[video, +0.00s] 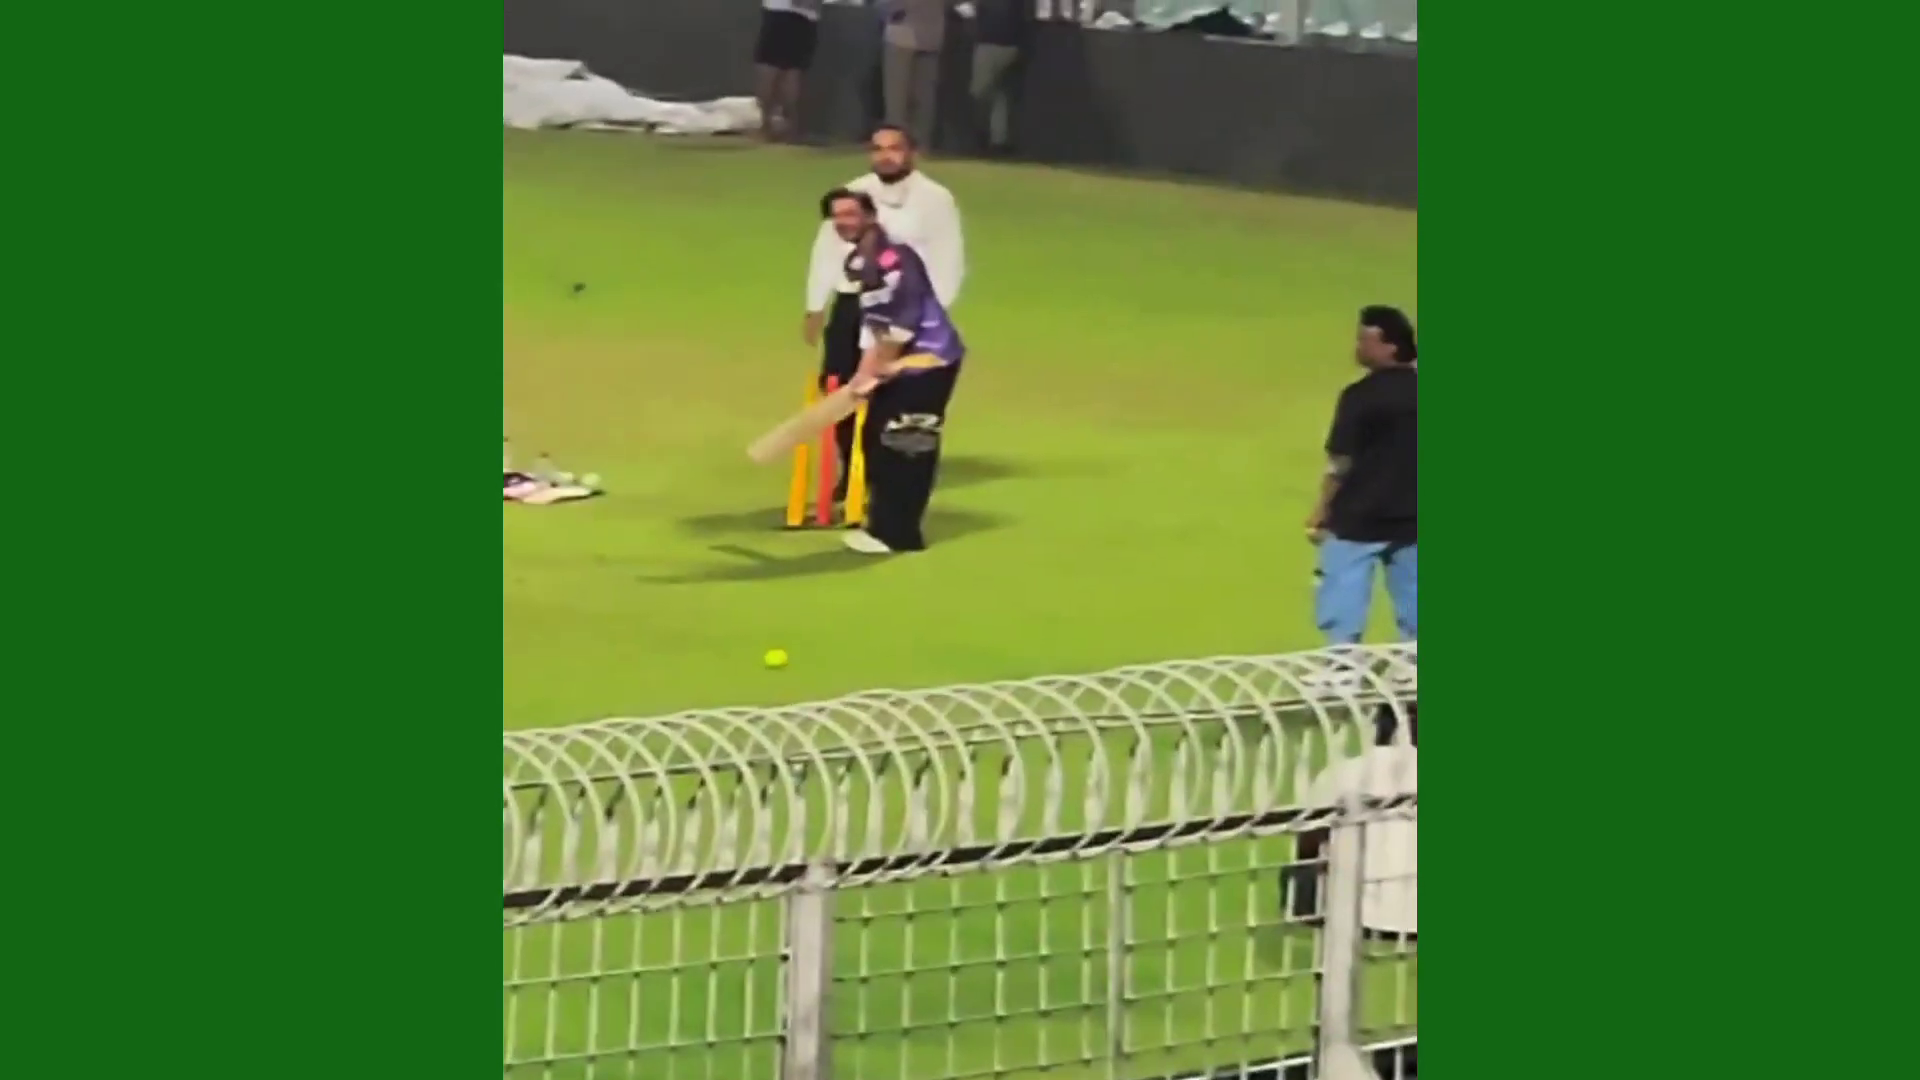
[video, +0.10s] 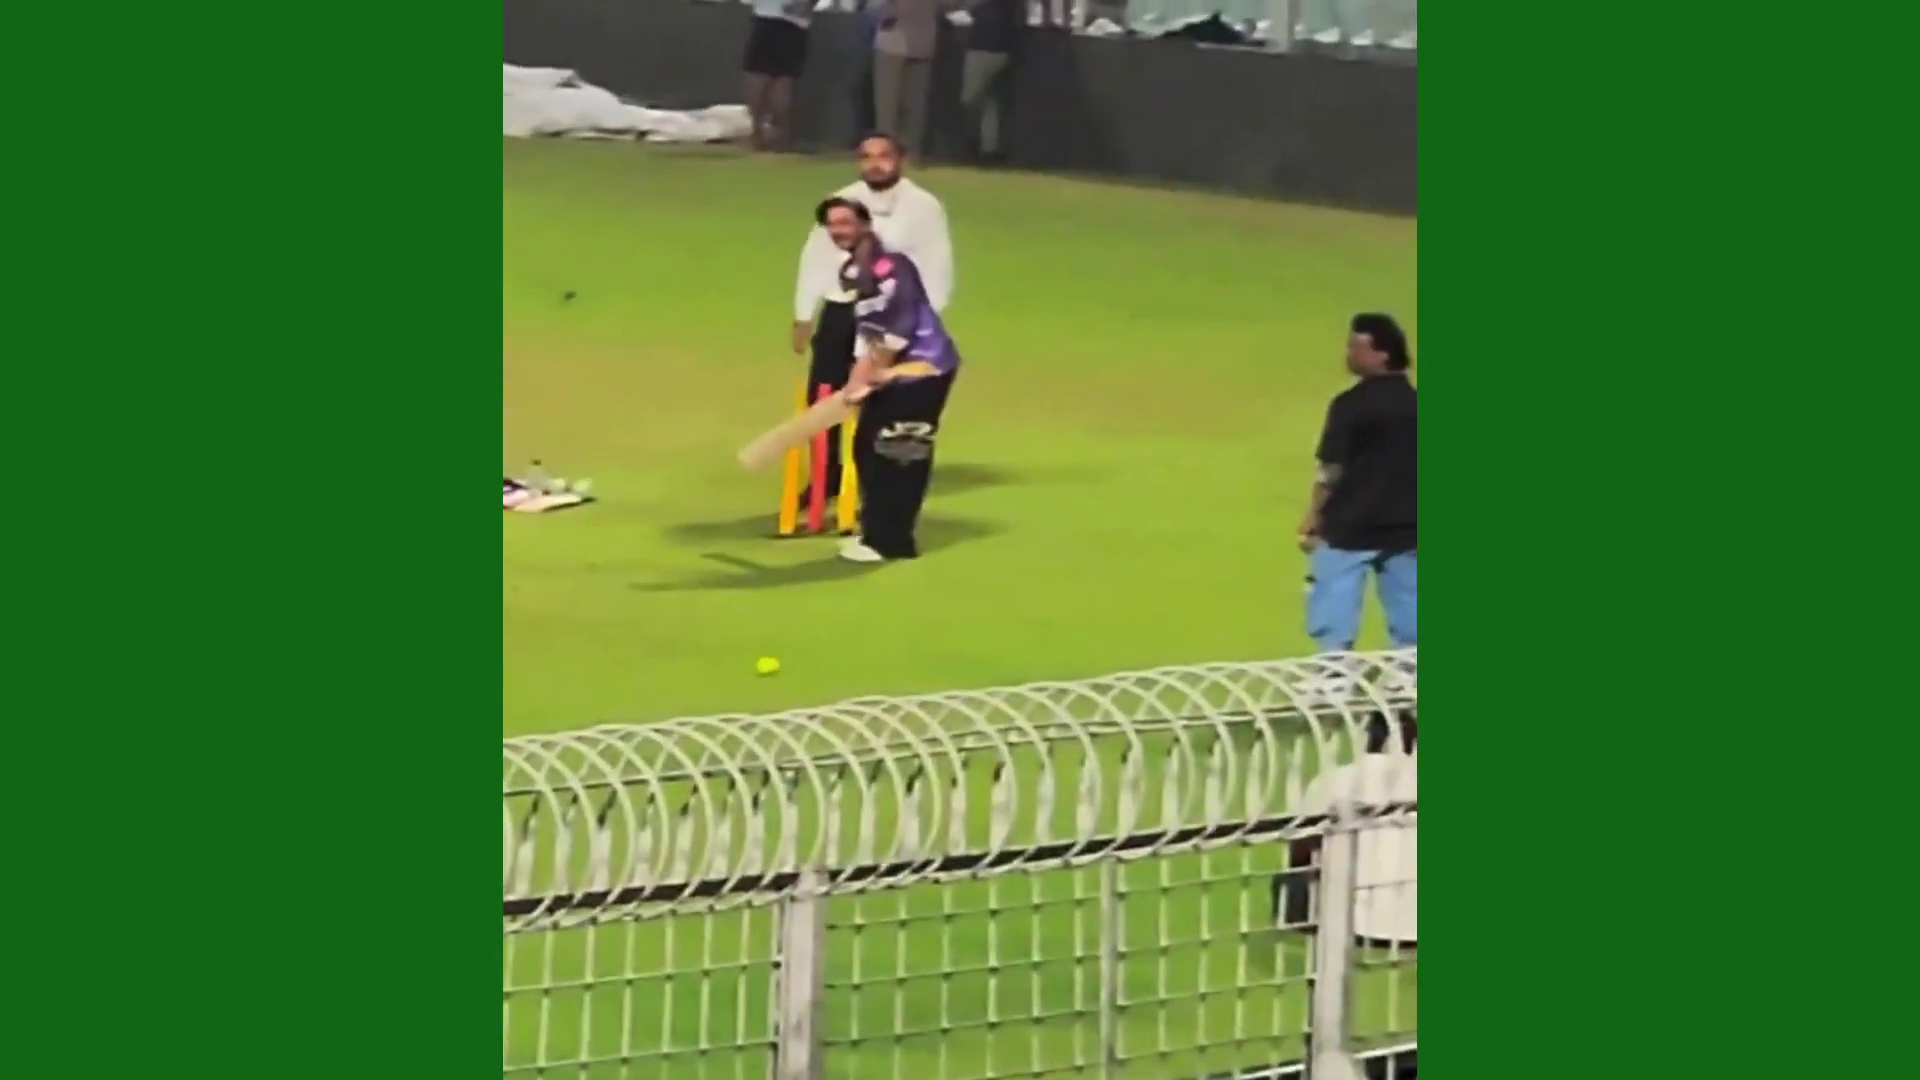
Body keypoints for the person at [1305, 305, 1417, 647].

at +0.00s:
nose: (1358, 345)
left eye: (1365, 338)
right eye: (1360, 337)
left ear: (1389, 346)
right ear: (1395, 347)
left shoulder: (1359, 396)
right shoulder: (1418, 388)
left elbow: (1340, 465)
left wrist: (1321, 512)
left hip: (1358, 519)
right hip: (1410, 518)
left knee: (1341, 619)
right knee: (1416, 618)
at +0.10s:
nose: (1348, 353)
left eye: (1355, 346)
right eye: (1350, 345)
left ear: (1381, 353)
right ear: (1387, 354)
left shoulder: (1349, 405)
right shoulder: (1412, 400)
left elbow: (1329, 472)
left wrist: (1312, 519)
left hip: (1349, 526)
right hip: (1406, 525)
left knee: (1334, 609)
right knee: (1409, 614)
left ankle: (1333, 678)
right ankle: (1413, 683)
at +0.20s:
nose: (1336, 359)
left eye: (1343, 351)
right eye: (1338, 350)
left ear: (1368, 360)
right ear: (1373, 360)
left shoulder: (1337, 410)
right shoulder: (1409, 412)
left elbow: (1317, 480)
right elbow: (1413, 478)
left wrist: (1301, 524)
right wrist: (1396, 520)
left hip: (1335, 538)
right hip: (1392, 535)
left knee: (1321, 635)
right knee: (1401, 635)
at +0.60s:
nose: (1303, 376)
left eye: (1305, 370)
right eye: (1307, 369)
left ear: (1311, 379)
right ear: (1354, 376)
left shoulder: (1299, 427)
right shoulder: (1373, 428)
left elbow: (1282, 499)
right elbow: (1382, 490)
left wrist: (1265, 546)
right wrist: (1363, 533)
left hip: (1301, 554)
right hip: (1356, 552)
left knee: (1288, 648)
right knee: (1365, 646)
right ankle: (1370, 716)